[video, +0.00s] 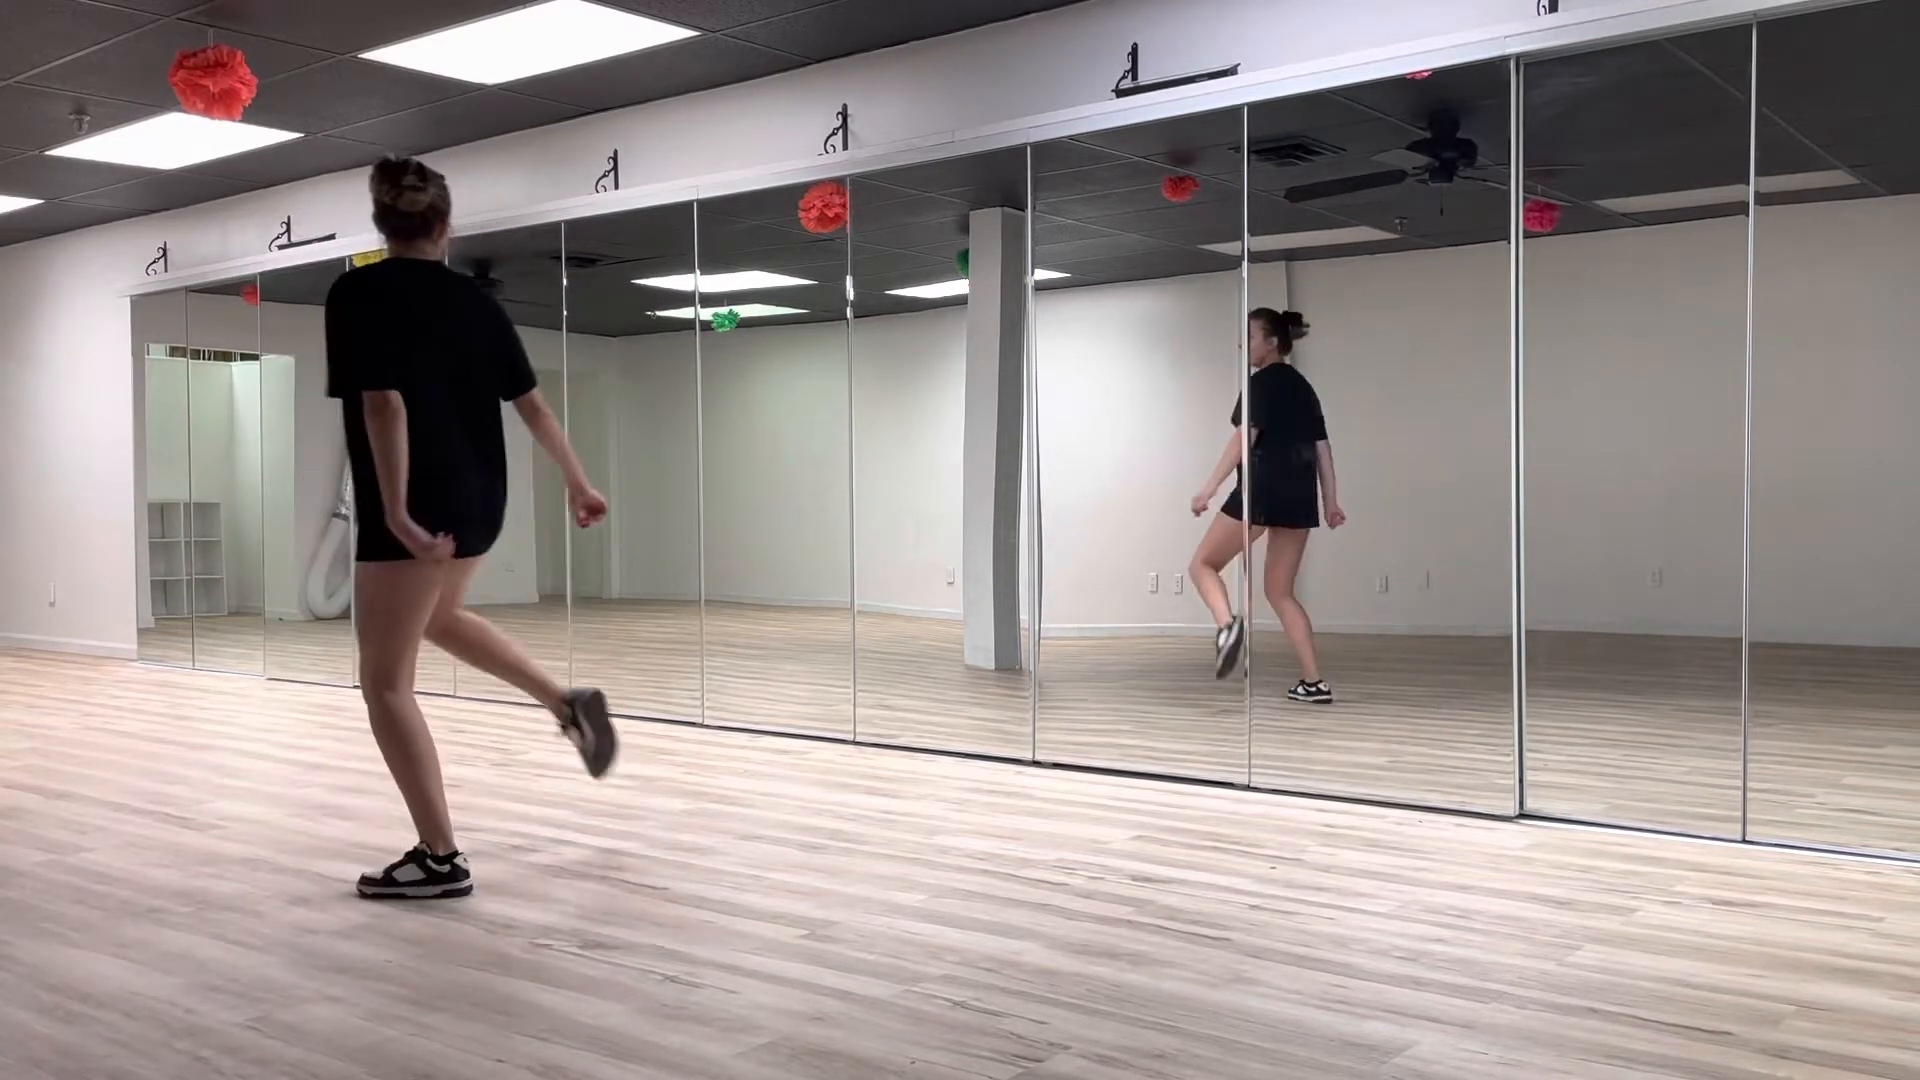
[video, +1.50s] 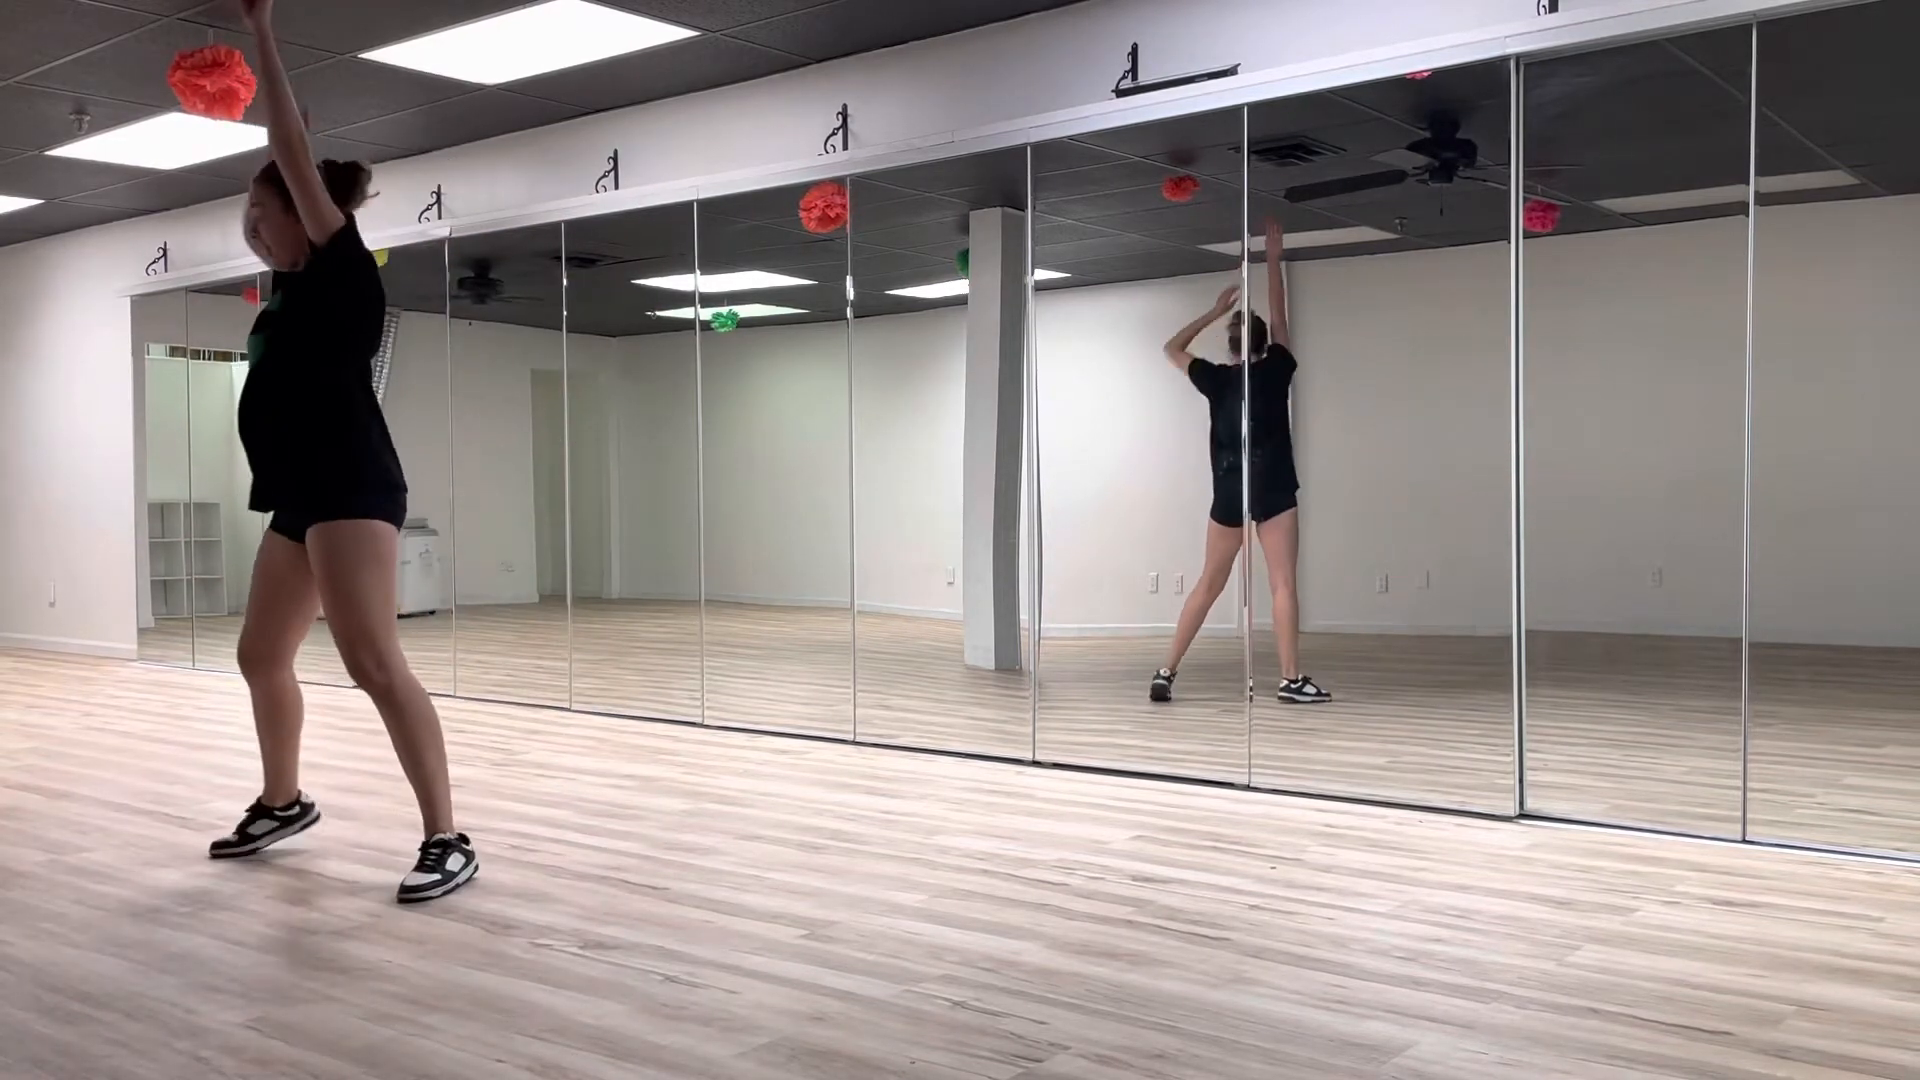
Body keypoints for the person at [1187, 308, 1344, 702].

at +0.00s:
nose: (1246, 343)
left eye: (1251, 336)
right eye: (1246, 336)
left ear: (1272, 341)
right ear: (1278, 342)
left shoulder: (1258, 385)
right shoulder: (1304, 387)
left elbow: (1241, 440)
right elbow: (1322, 447)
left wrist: (1208, 489)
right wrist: (1331, 500)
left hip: (1257, 494)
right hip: (1300, 499)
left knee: (1203, 566)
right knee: (1280, 591)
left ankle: (1226, 625)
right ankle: (1313, 681)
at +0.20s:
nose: (1229, 342)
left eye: (1236, 335)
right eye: (1230, 335)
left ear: (1258, 339)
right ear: (1266, 341)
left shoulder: (1241, 378)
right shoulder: (1295, 382)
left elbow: (1218, 436)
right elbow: (1315, 441)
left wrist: (1184, 485)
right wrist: (1327, 493)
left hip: (1234, 486)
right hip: (1283, 492)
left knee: (1186, 559)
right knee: (1282, 591)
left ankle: (1163, 640)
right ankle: (1309, 679)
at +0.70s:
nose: (1244, 370)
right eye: (1243, 364)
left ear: (1207, 365)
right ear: (1241, 366)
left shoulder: (1186, 407)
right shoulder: (1254, 408)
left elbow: (1147, 451)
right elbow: (1272, 467)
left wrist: (1181, 470)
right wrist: (1276, 491)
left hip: (1191, 517)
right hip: (1238, 518)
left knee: (1184, 597)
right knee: (1269, 601)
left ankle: (1147, 682)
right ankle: (1282, 678)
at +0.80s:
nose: (1244, 366)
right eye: (1243, 360)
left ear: (1207, 362)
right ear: (1240, 362)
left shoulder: (1184, 400)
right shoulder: (1252, 402)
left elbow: (1149, 413)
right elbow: (1301, 436)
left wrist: (1186, 412)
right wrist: (1297, 412)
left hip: (1196, 514)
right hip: (1243, 513)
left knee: (1183, 596)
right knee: (1272, 597)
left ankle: (1147, 681)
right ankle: (1282, 679)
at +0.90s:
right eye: (1240, 331)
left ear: (1210, 335)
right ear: (1244, 335)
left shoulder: (1193, 371)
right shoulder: (1266, 370)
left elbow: (1165, 355)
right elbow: (1317, 360)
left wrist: (1205, 347)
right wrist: (1294, 336)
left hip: (1201, 484)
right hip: (1248, 484)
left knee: (1180, 577)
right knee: (1277, 575)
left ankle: (1147, 667)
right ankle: (1290, 665)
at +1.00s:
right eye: (1248, 312)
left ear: (1213, 321)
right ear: (1249, 318)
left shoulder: (1197, 354)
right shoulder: (1261, 347)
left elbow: (1181, 313)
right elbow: (1300, 309)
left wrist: (1206, 296)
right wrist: (1281, 271)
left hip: (1207, 469)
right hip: (1252, 469)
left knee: (1184, 569)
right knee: (1280, 565)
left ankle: (1149, 658)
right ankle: (1298, 655)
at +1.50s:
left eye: (1236, 335)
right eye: (1261, 332)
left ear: (1229, 343)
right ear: (1266, 340)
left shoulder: (1216, 378)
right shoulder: (1276, 370)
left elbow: (1174, 349)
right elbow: (1278, 310)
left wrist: (1213, 314)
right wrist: (1274, 253)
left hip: (1228, 490)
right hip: (1275, 486)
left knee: (1209, 584)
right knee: (1282, 585)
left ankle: (1167, 671)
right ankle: (1291, 679)